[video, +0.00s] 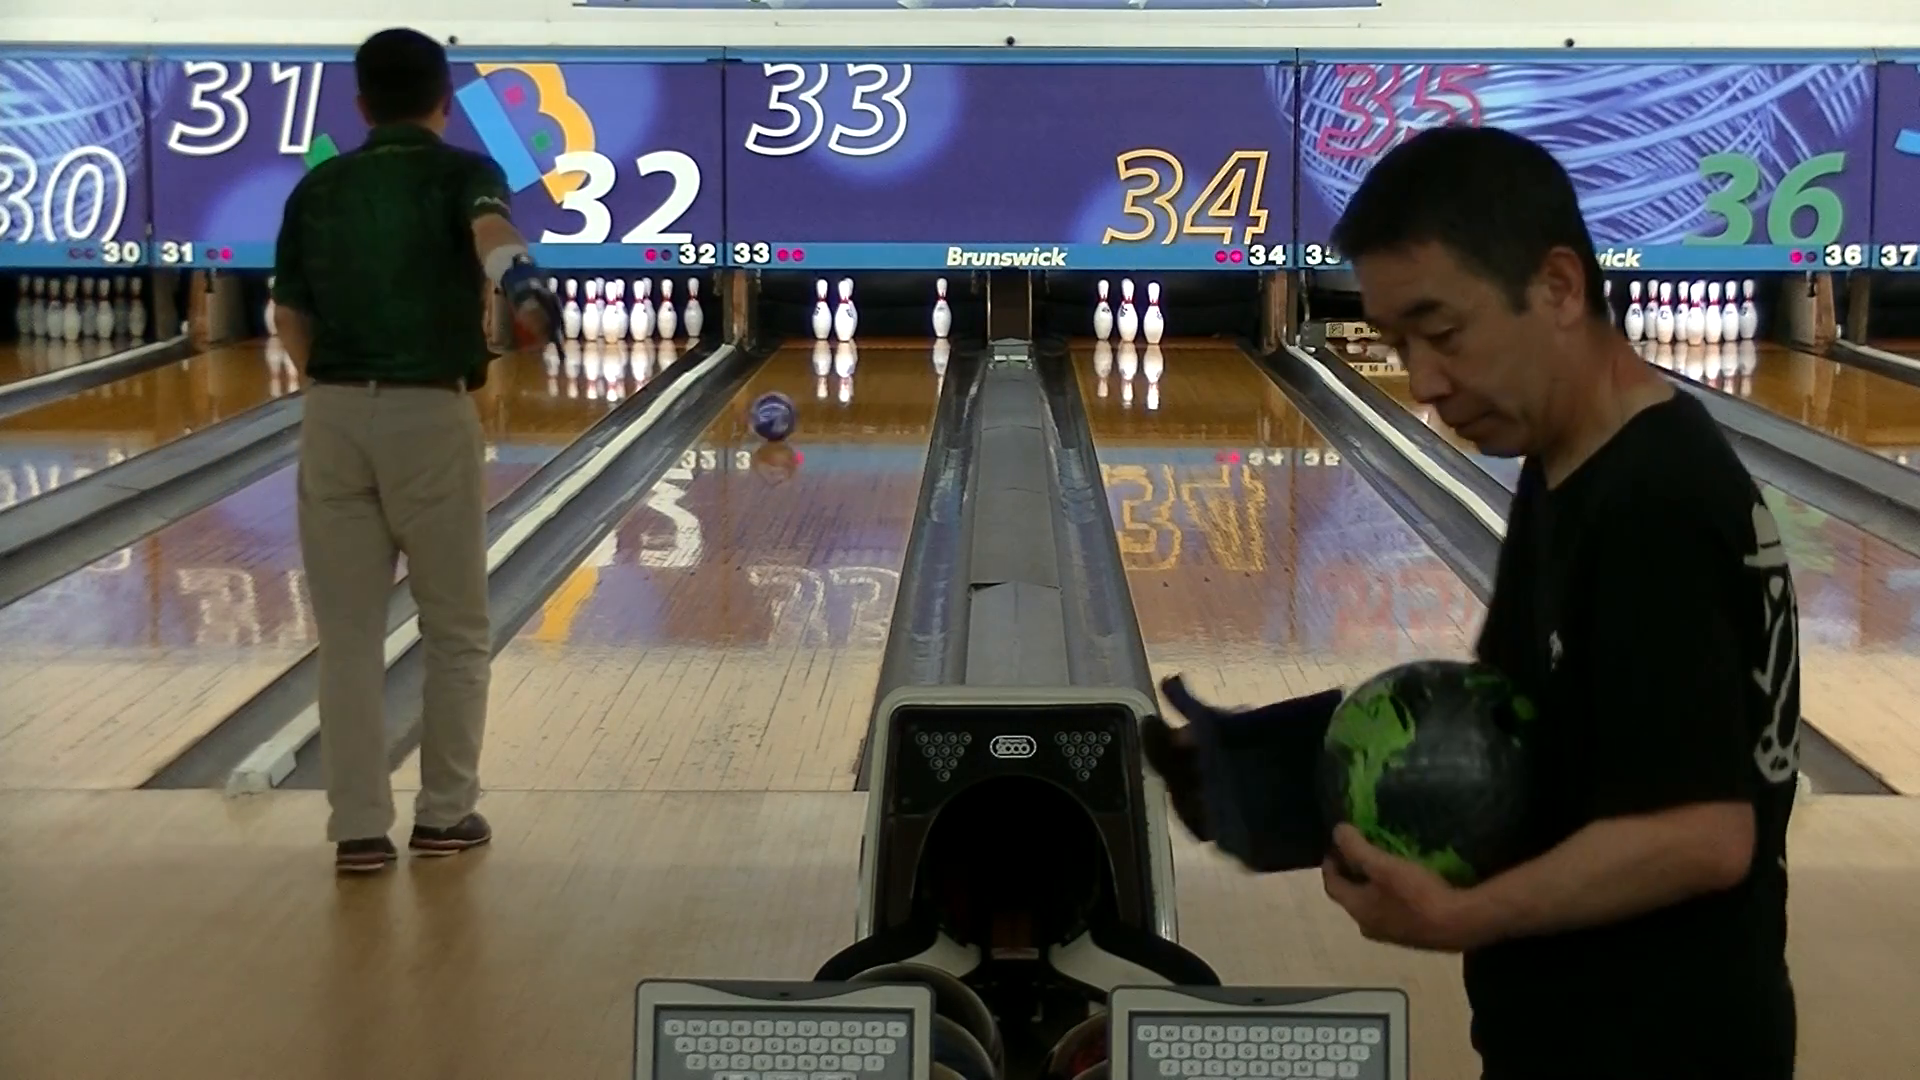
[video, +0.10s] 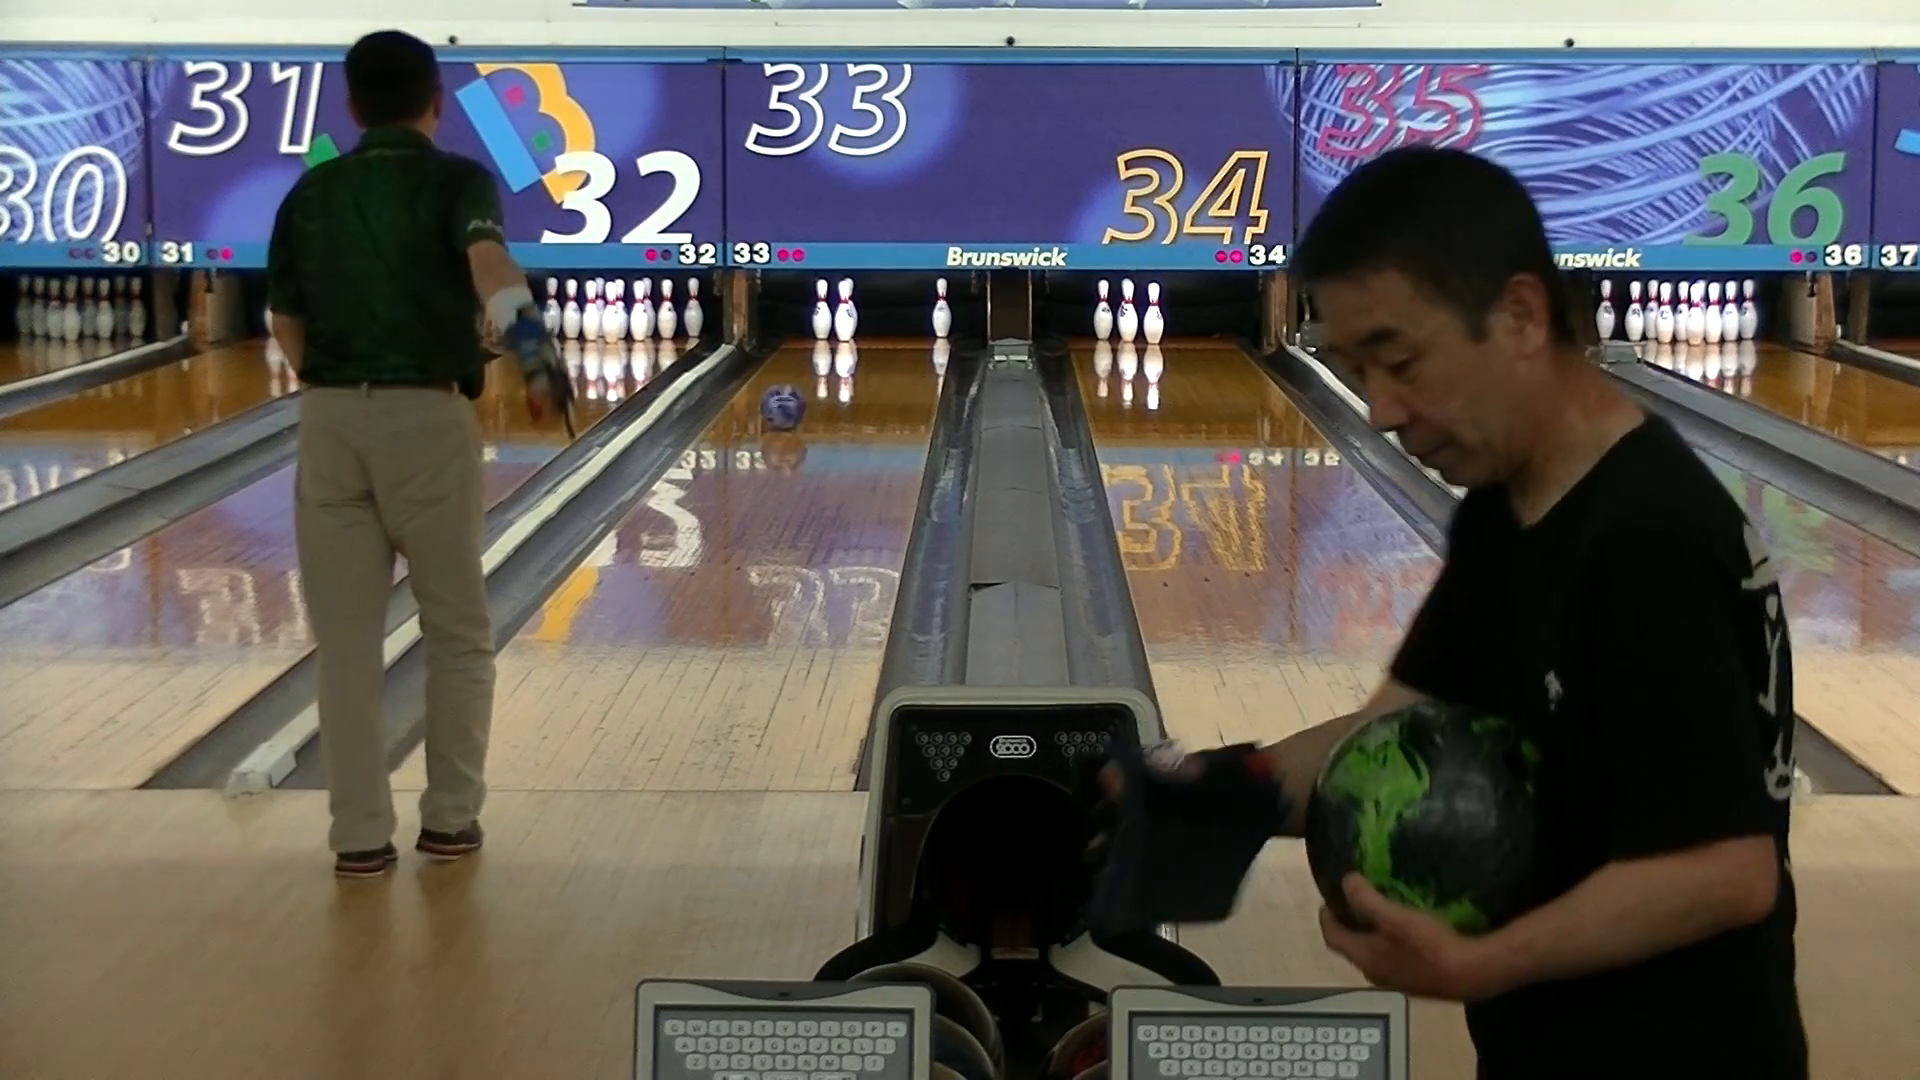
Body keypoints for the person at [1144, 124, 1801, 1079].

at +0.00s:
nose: (1423, 386)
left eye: (1441, 333)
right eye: (1400, 347)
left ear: (1560, 289)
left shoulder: (1666, 497)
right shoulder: (1565, 463)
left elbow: (1708, 834)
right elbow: (1508, 740)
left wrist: (1465, 915)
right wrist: (1279, 775)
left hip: (1661, 1046)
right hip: (1562, 1030)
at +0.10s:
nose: (1381, 411)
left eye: (1397, 360)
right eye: (1357, 375)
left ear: (1523, 317)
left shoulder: (1663, 537)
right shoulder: (1508, 505)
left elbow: (1731, 872)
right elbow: (1398, 734)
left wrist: (1478, 968)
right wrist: (1223, 793)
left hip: (1684, 1057)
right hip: (1542, 1048)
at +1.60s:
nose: (1265, 407)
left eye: (1253, 369)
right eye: (1252, 368)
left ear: (1299, 379)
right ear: (1458, 317)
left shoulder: (1595, 582)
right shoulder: (1421, 547)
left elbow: (1751, 936)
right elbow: (1359, 852)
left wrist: (1514, 1074)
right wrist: (1230, 1039)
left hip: (1765, 1064)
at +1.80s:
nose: (1276, 386)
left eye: (1272, 356)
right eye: (1270, 356)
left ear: (1324, 375)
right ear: (1486, 320)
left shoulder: (1602, 584)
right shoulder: (1446, 543)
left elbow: (1758, 932)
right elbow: (1353, 828)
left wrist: (1534, 1073)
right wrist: (1189, 1025)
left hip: (1782, 1064)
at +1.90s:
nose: (1309, 373)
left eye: (1303, 344)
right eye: (1302, 342)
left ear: (1353, 358)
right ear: (1511, 306)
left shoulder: (1607, 585)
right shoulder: (1493, 536)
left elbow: (1753, 938)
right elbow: (1442, 820)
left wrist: (1526, 1071)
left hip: (1786, 1062)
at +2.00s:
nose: (1353, 349)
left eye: (1352, 317)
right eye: (1350, 315)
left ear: (1394, 342)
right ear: (1562, 296)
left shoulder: (1604, 586)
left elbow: (1736, 945)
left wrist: (1519, 1067)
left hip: (1765, 1059)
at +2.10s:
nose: (1412, 328)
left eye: (1410, 295)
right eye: (1410, 294)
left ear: (1447, 325)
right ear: (1621, 286)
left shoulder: (1621, 586)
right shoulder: (1723, 488)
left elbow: (1731, 943)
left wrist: (1517, 1061)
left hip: (1763, 1051)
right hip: (1859, 1015)